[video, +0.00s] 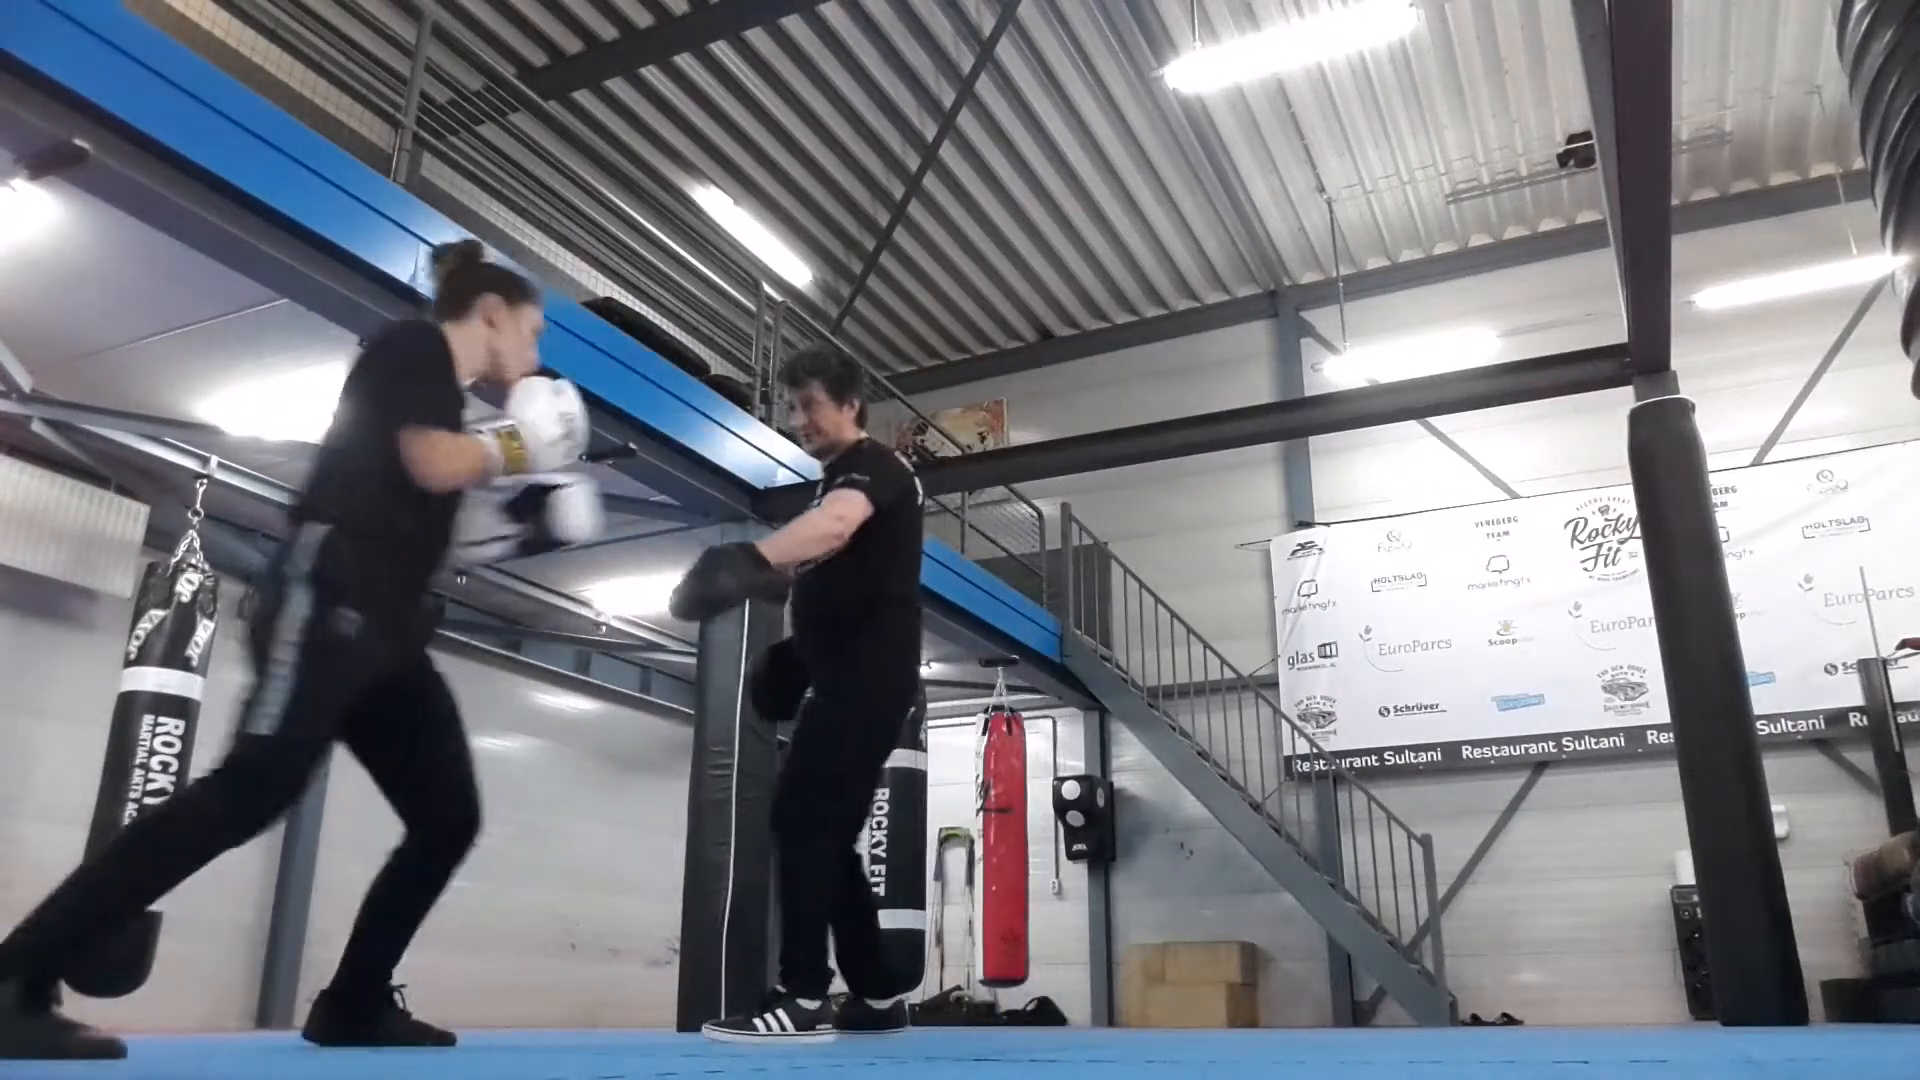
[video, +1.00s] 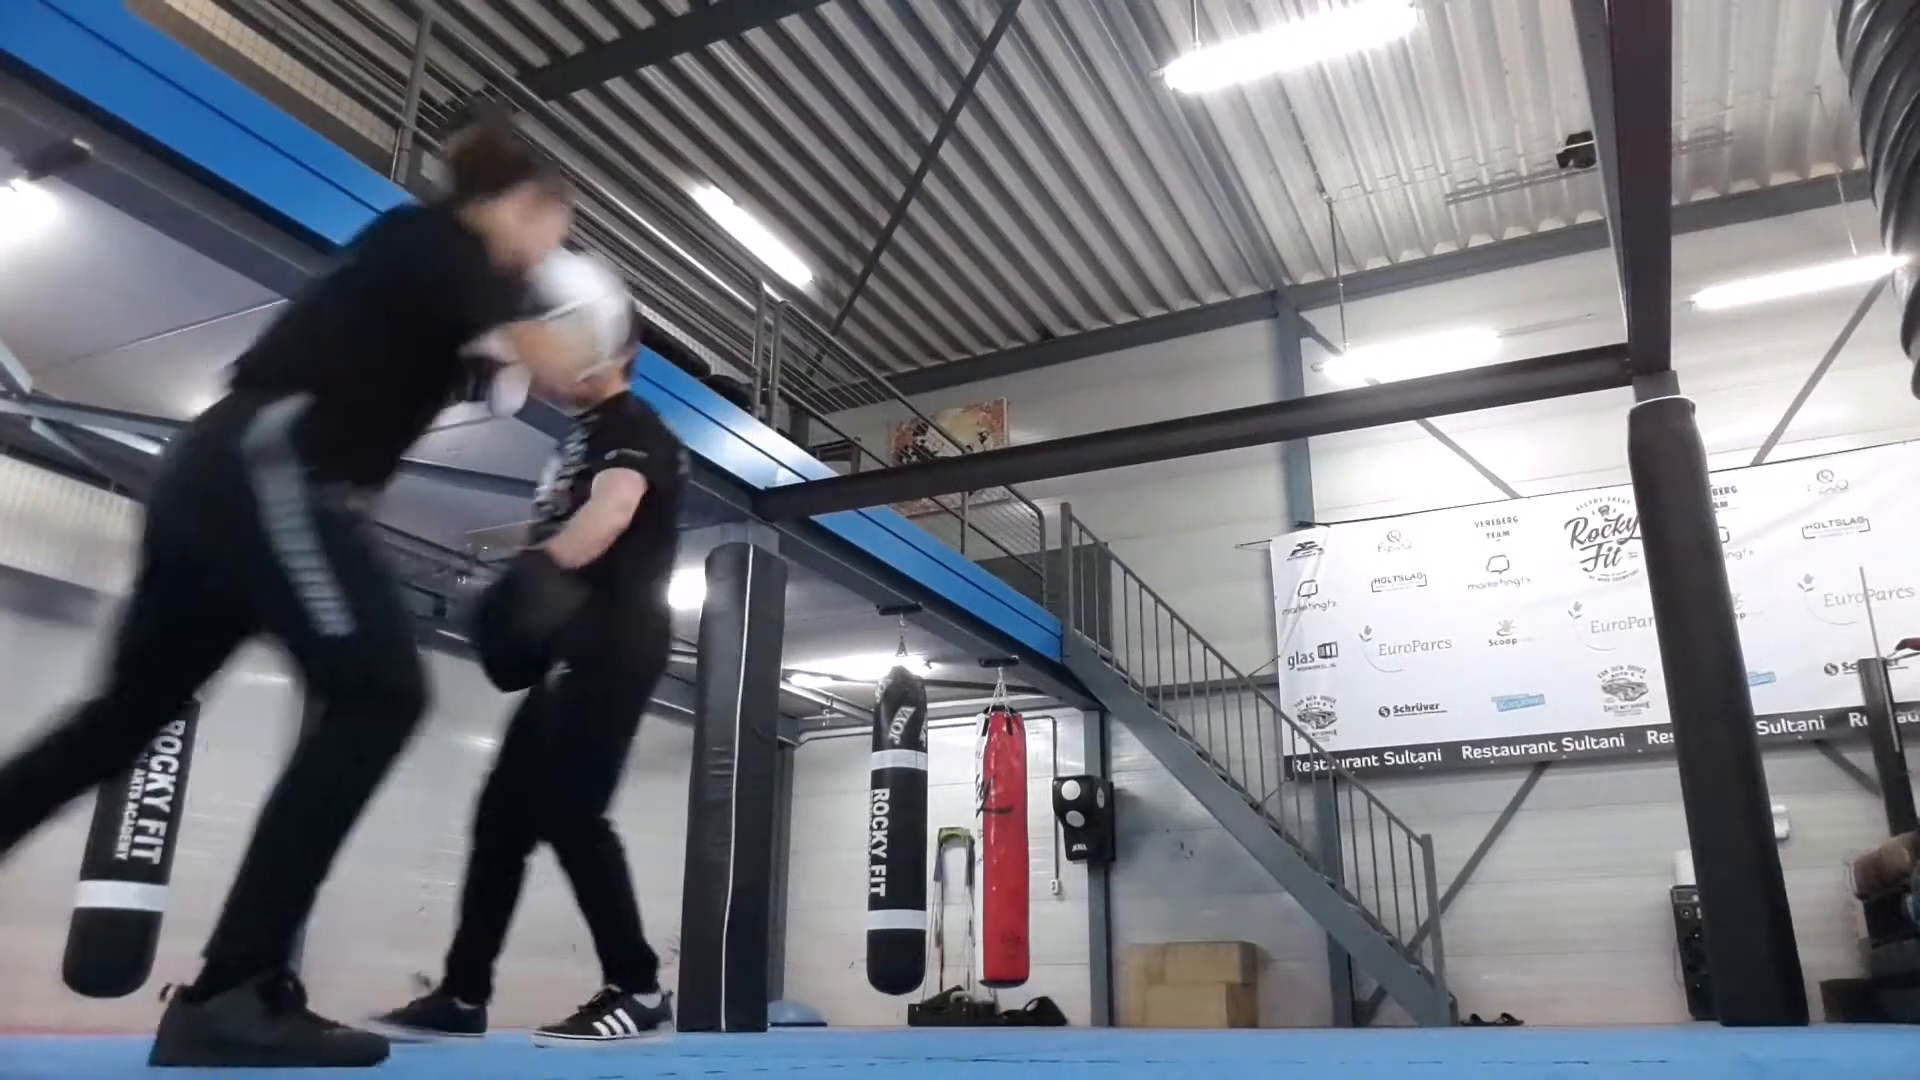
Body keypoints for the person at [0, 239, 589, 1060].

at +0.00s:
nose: (534, 356)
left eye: (536, 339)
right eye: (531, 334)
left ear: (483, 320)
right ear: (489, 314)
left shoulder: (445, 393)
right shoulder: (414, 347)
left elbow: (420, 503)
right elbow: (431, 462)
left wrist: (521, 525)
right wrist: (518, 439)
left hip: (382, 625)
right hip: (326, 603)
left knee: (446, 818)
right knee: (250, 793)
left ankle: (356, 1004)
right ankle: (22, 971)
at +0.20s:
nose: (496, 269)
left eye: (501, 256)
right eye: (495, 248)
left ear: (462, 236)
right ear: (455, 220)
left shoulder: (420, 309)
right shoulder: (379, 229)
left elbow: (363, 433)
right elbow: (374, 305)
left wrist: (463, 440)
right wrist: (474, 322)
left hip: (324, 512)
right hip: (258, 476)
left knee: (362, 723)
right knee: (192, 698)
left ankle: (318, 960)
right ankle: (20, 956)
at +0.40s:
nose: (442, 261)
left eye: (447, 249)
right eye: (441, 241)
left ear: (392, 222)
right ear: (398, 210)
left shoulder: (354, 301)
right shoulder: (331, 225)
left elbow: (387, 450)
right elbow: (398, 317)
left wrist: (489, 400)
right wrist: (471, 303)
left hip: (262, 520)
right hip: (208, 487)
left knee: (310, 765)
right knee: (154, 726)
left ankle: (199, 999)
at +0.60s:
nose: (436, 255)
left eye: (442, 241)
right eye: (435, 231)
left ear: (389, 207)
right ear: (395, 194)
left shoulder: (335, 282)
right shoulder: (318, 194)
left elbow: (285, 424)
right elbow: (258, 270)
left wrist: (389, 413)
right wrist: (369, 334)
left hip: (214, 460)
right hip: (170, 424)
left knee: (213, 707)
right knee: (190, 685)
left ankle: (104, 958)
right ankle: (18, 923)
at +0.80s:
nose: (428, 331)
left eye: (434, 313)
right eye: (429, 305)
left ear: (374, 278)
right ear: (380, 272)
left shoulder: (319, 368)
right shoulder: (259, 281)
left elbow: (329, 498)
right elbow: (223, 371)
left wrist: (428, 452)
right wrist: (358, 398)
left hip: (140, 548)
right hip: (91, 522)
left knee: (25, 798)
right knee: (248, 676)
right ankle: (235, 960)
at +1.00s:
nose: (554, 241)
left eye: (559, 222)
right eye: (550, 216)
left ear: (482, 198)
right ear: (507, 200)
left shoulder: (419, 254)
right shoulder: (440, 246)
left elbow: (423, 359)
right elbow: (494, 325)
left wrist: (516, 368)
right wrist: (554, 347)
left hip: (216, 464)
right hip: (270, 464)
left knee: (127, 712)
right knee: (377, 695)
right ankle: (239, 994)